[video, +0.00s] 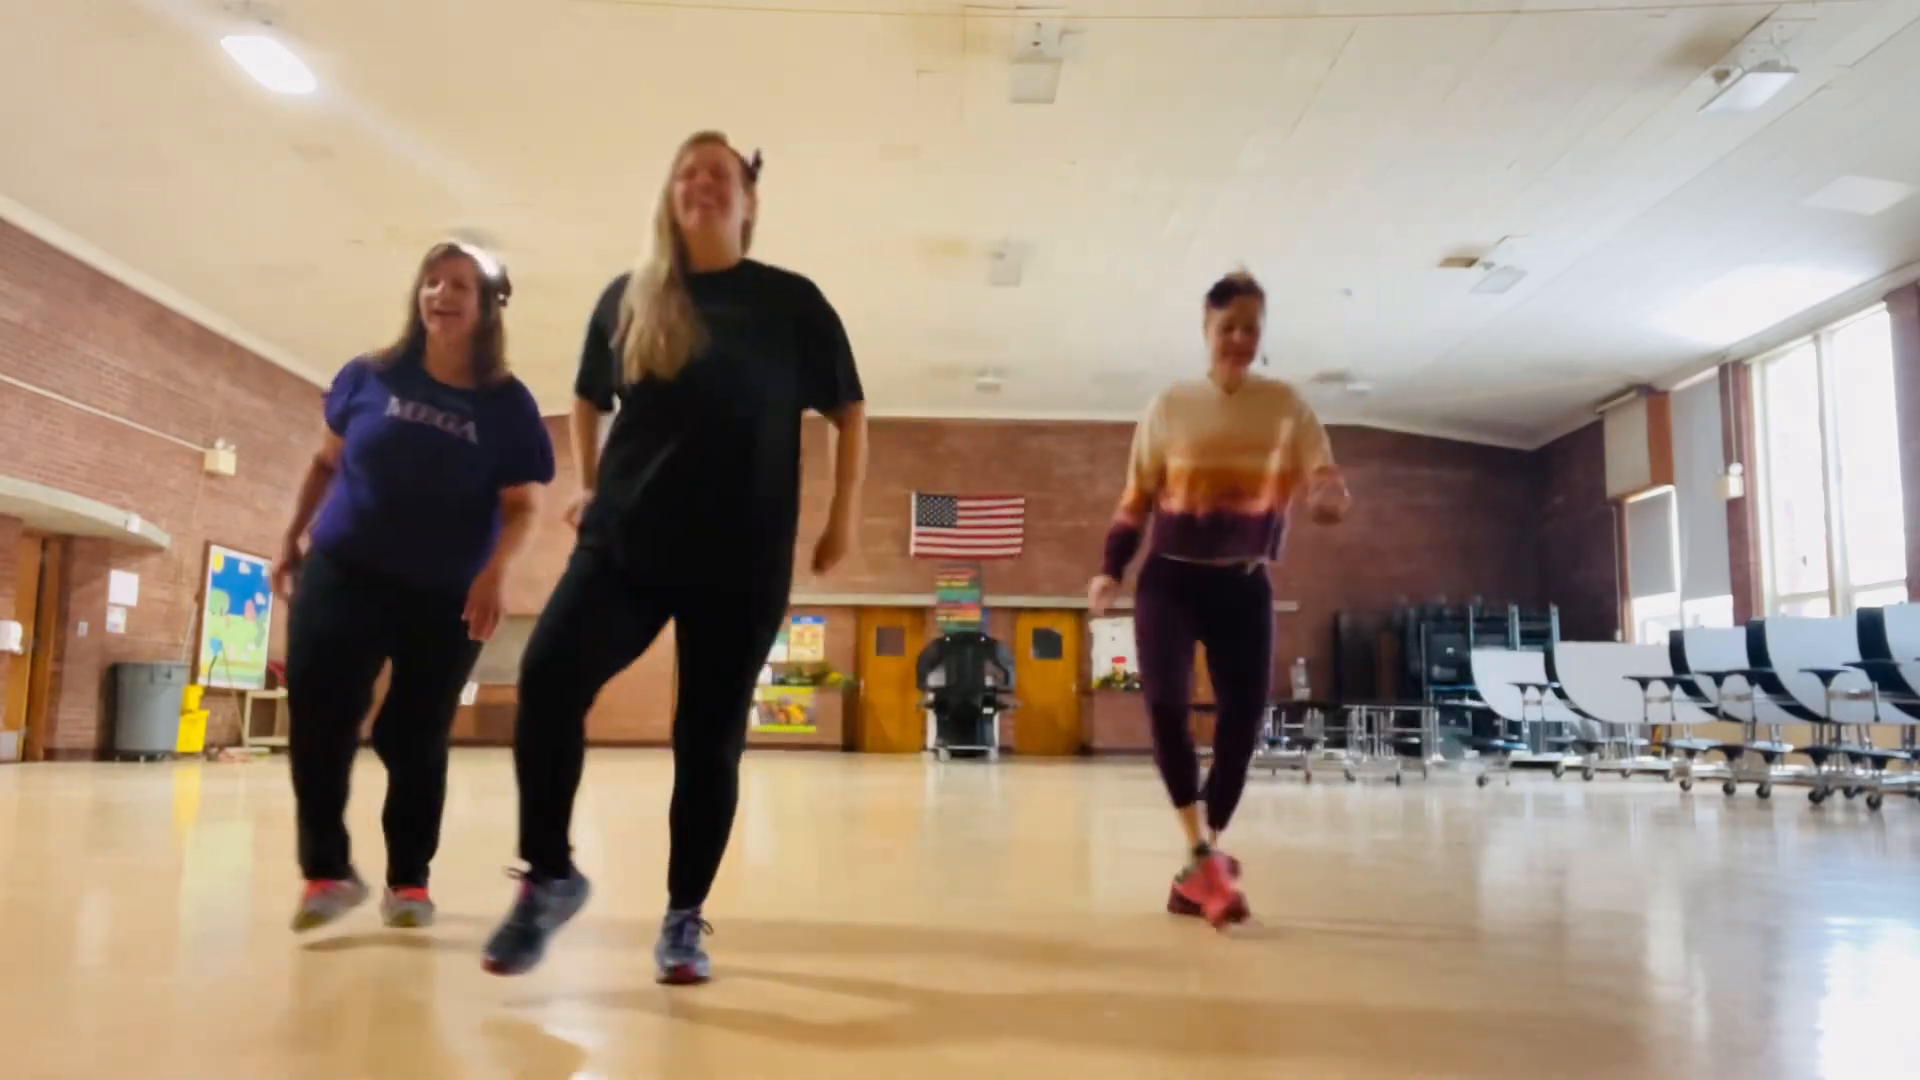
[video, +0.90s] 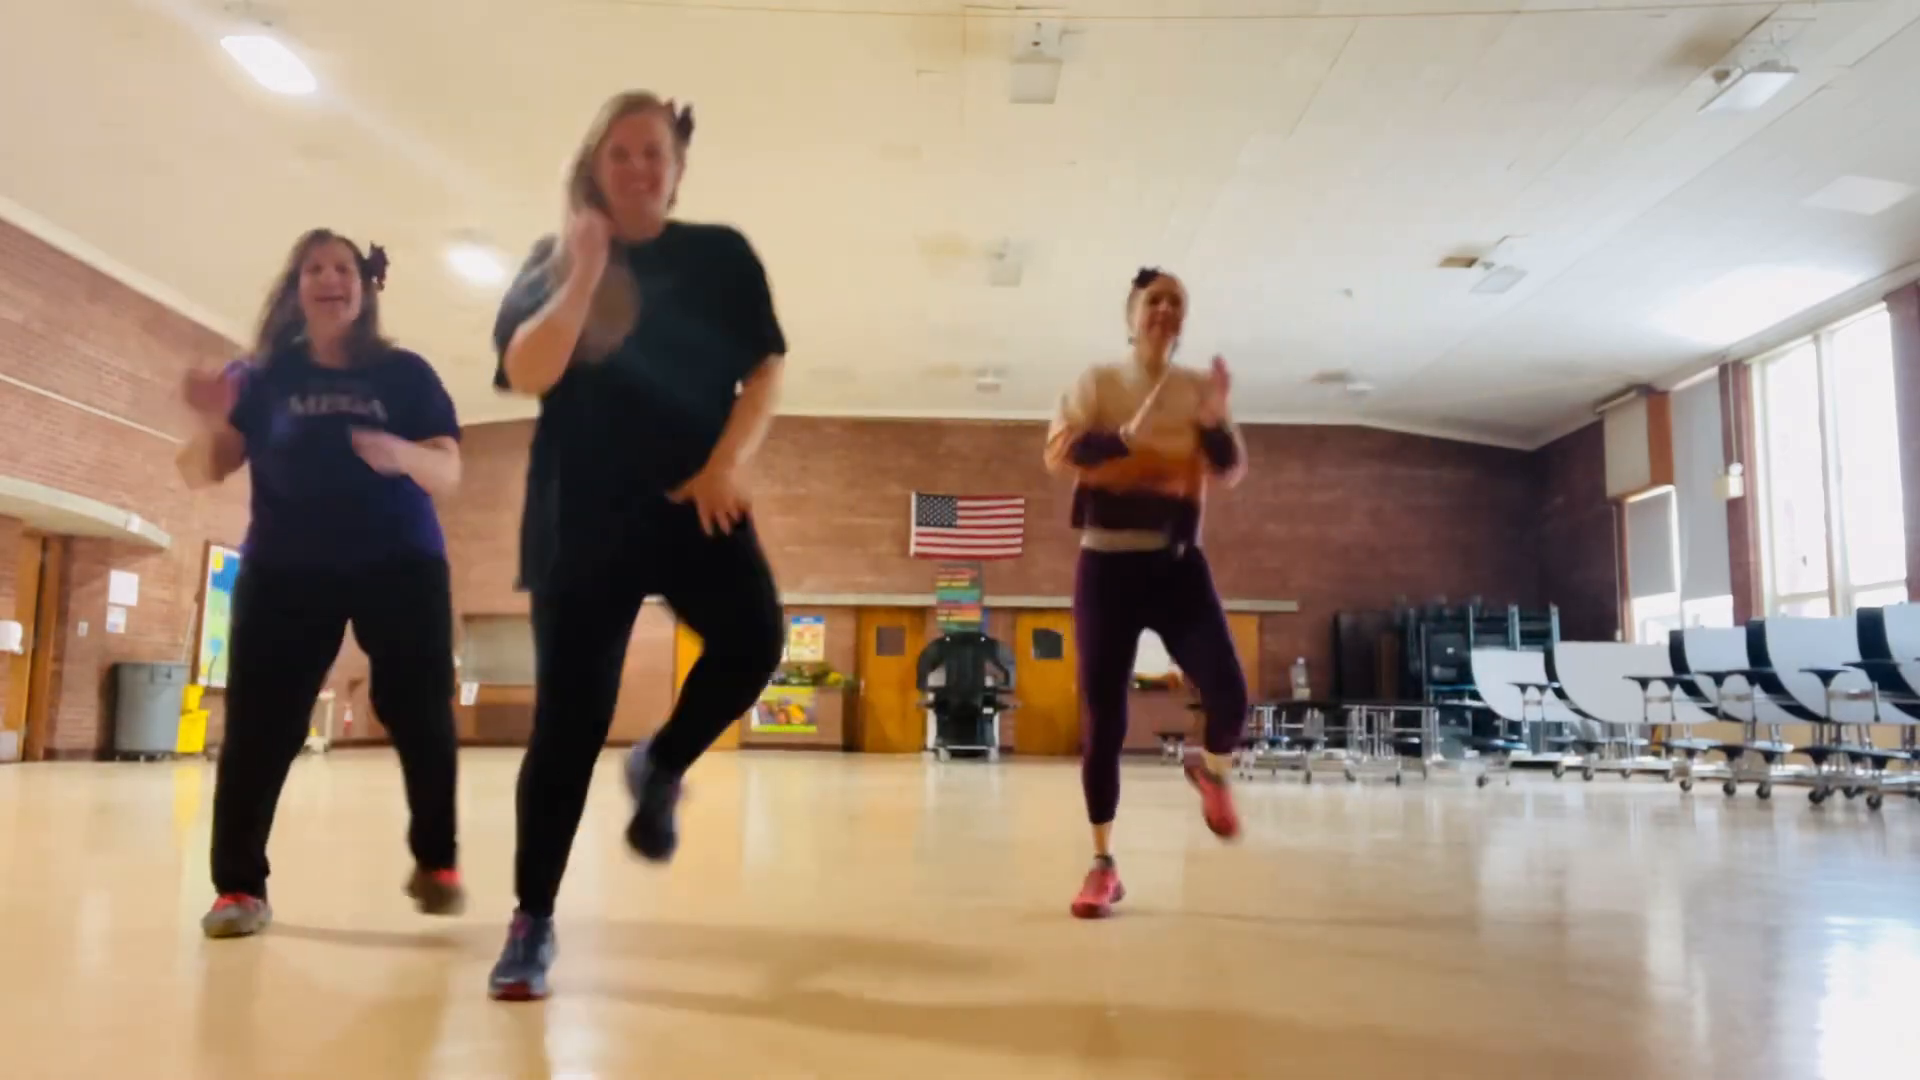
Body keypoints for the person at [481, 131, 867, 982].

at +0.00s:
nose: (703, 183)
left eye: (720, 174)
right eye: (690, 172)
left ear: (751, 199)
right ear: (668, 195)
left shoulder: (796, 303)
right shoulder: (631, 298)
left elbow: (850, 415)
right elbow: (588, 399)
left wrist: (840, 522)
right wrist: (584, 484)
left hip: (742, 556)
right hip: (630, 542)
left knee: (707, 743)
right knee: (546, 684)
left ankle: (686, 916)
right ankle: (548, 875)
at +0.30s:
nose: (620, 208)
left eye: (636, 199)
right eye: (607, 198)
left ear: (664, 224)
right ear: (585, 222)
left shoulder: (703, 334)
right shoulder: (539, 325)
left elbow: (734, 444)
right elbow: (461, 420)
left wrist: (720, 539)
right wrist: (482, 492)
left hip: (656, 584)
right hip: (543, 581)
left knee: (669, 764)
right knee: (519, 759)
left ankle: (678, 921)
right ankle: (504, 917)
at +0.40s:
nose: (606, 184)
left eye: (623, 175)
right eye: (592, 174)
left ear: (652, 201)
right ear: (571, 200)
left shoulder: (688, 308)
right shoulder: (530, 303)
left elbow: (725, 425)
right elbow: (444, 379)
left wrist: (761, 371)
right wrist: (494, 284)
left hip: (649, 559)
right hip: (536, 558)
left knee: (696, 728)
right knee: (516, 742)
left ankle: (676, 887)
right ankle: (500, 914)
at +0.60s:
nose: (611, 141)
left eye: (627, 128)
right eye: (596, 129)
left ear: (659, 147)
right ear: (572, 147)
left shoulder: (689, 243)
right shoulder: (530, 237)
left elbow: (720, 334)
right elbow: (518, 328)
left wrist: (726, 223)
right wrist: (547, 218)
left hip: (656, 508)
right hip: (544, 503)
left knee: (655, 696)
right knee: (537, 695)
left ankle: (607, 826)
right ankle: (515, 890)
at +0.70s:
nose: (611, 180)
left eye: (627, 167)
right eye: (595, 167)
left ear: (657, 183)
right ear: (571, 184)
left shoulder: (690, 278)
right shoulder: (537, 280)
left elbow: (700, 371)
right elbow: (524, 380)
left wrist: (637, 273)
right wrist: (617, 316)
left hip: (653, 549)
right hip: (544, 543)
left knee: (624, 738)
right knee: (542, 732)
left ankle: (580, 911)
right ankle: (522, 922)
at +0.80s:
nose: (613, 193)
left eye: (630, 182)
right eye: (598, 181)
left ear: (657, 199)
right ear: (575, 198)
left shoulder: (698, 292)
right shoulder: (539, 300)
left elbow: (730, 405)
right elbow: (503, 423)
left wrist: (666, 387)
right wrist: (577, 363)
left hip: (661, 565)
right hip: (549, 562)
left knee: (679, 742)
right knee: (554, 742)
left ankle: (597, 878)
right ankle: (524, 929)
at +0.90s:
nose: (638, 170)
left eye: (653, 157)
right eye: (622, 155)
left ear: (678, 169)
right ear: (593, 167)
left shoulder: (721, 256)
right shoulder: (558, 266)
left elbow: (767, 364)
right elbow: (526, 375)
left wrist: (729, 459)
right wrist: (580, 281)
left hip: (694, 510)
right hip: (586, 520)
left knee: (751, 643)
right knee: (568, 725)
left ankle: (661, 765)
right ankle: (531, 921)